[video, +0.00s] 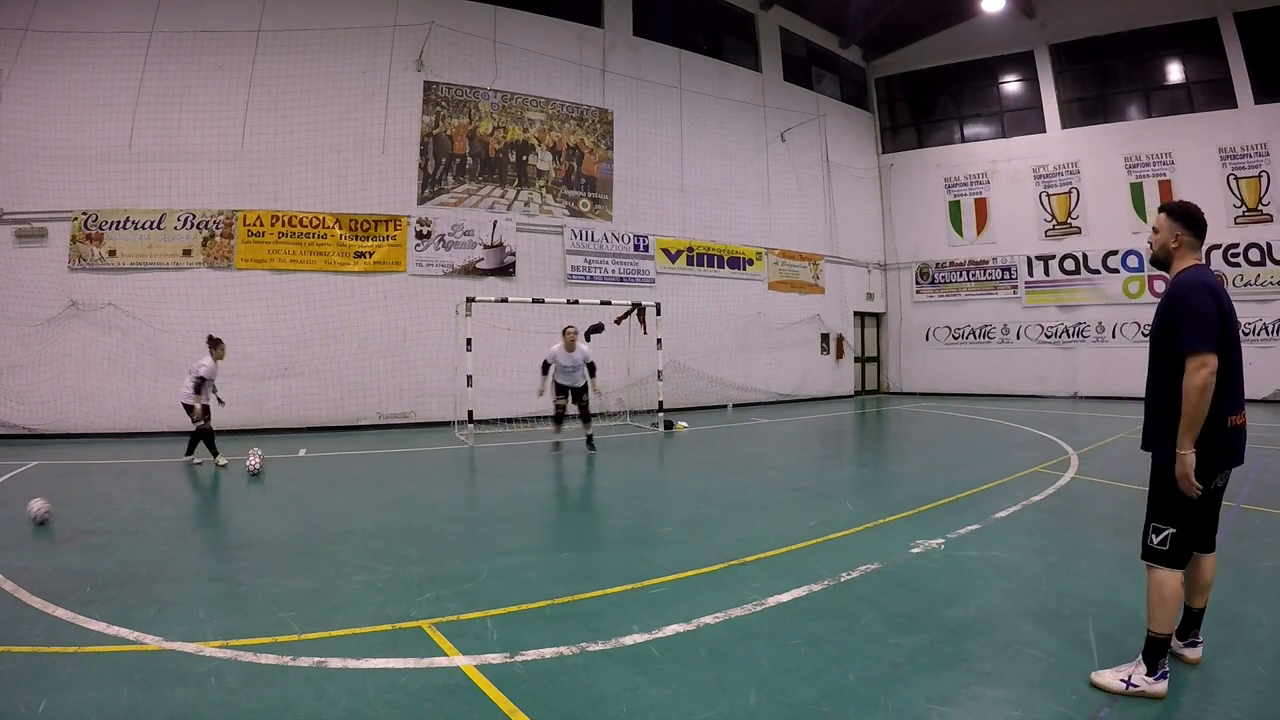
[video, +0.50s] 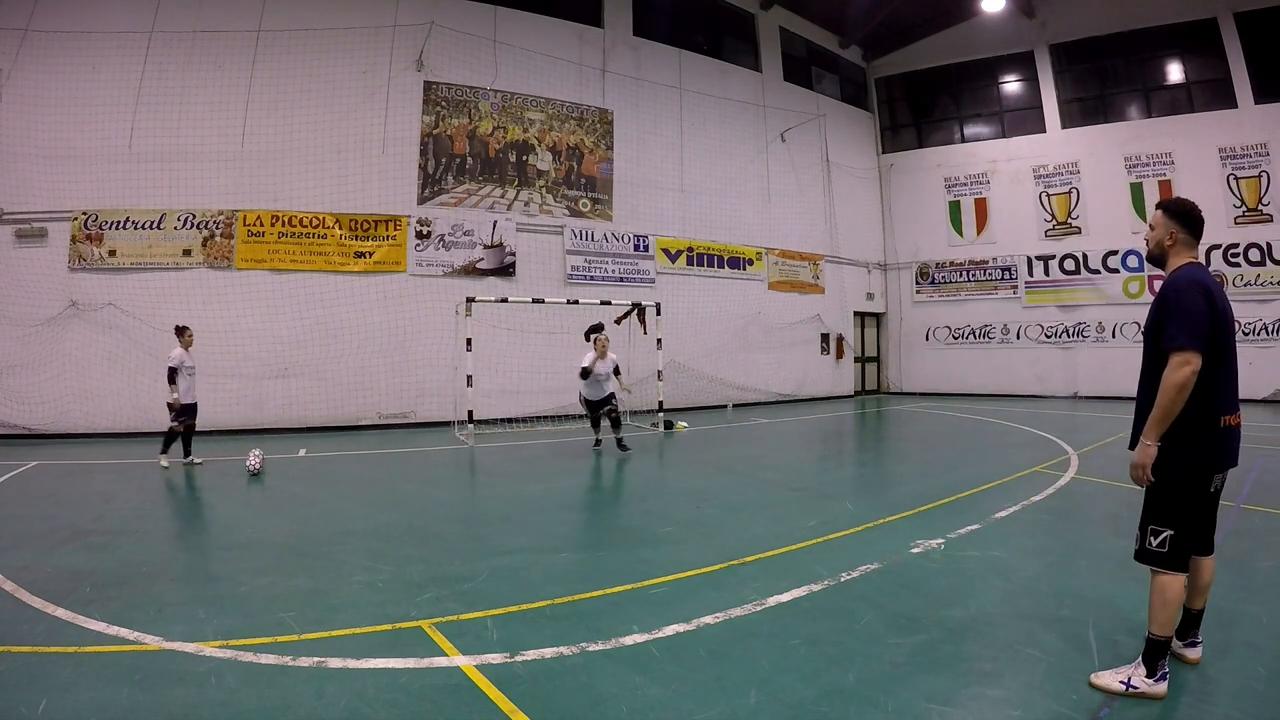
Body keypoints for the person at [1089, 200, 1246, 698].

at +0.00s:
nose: (1148, 238)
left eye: (1154, 231)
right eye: (1151, 230)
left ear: (1176, 238)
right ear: (1185, 239)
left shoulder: (1189, 291)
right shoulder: (1204, 285)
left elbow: (1202, 370)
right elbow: (1208, 369)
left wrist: (1185, 447)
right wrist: (1184, 439)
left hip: (1184, 449)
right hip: (1211, 446)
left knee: (1163, 556)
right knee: (1200, 545)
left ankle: (1150, 670)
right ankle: (1188, 637)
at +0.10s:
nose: (1149, 237)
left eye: (1155, 230)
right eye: (1152, 229)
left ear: (1177, 238)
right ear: (1186, 239)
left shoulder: (1190, 290)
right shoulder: (1204, 285)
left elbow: (1202, 370)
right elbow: (1208, 369)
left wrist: (1182, 446)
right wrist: (1182, 439)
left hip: (1185, 449)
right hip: (1211, 446)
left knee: (1165, 556)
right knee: (1200, 545)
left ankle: (1150, 670)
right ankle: (1187, 637)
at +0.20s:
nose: (1148, 236)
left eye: (1155, 229)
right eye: (1152, 228)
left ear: (1176, 237)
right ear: (1186, 238)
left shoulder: (1189, 290)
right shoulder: (1204, 285)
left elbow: (1197, 369)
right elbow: (1208, 369)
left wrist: (1173, 443)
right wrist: (1180, 436)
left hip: (1187, 448)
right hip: (1211, 446)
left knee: (1166, 556)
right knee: (1200, 545)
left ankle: (1151, 670)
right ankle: (1188, 637)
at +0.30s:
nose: (1147, 236)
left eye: (1153, 228)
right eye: (1150, 228)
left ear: (1173, 236)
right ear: (1185, 238)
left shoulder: (1187, 288)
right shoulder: (1204, 284)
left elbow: (1193, 367)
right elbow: (1207, 369)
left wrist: (1161, 439)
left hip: (1187, 447)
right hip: (1210, 444)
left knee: (1166, 557)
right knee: (1199, 545)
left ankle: (1151, 670)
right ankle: (1187, 637)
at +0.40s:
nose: (1146, 236)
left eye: (1152, 227)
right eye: (1149, 227)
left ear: (1172, 235)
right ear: (1184, 237)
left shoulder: (1185, 287)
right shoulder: (1205, 284)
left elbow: (1188, 367)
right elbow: (1207, 368)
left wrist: (1152, 439)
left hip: (1184, 447)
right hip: (1209, 444)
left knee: (1165, 556)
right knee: (1198, 545)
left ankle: (1151, 670)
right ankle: (1187, 637)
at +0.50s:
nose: (1145, 235)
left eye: (1151, 227)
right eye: (1148, 227)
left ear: (1170, 234)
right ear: (1184, 237)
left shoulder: (1183, 287)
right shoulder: (1204, 284)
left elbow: (1185, 367)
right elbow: (1206, 369)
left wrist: (1148, 438)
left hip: (1184, 446)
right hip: (1209, 443)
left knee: (1166, 557)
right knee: (1198, 545)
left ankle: (1151, 670)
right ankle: (1187, 637)